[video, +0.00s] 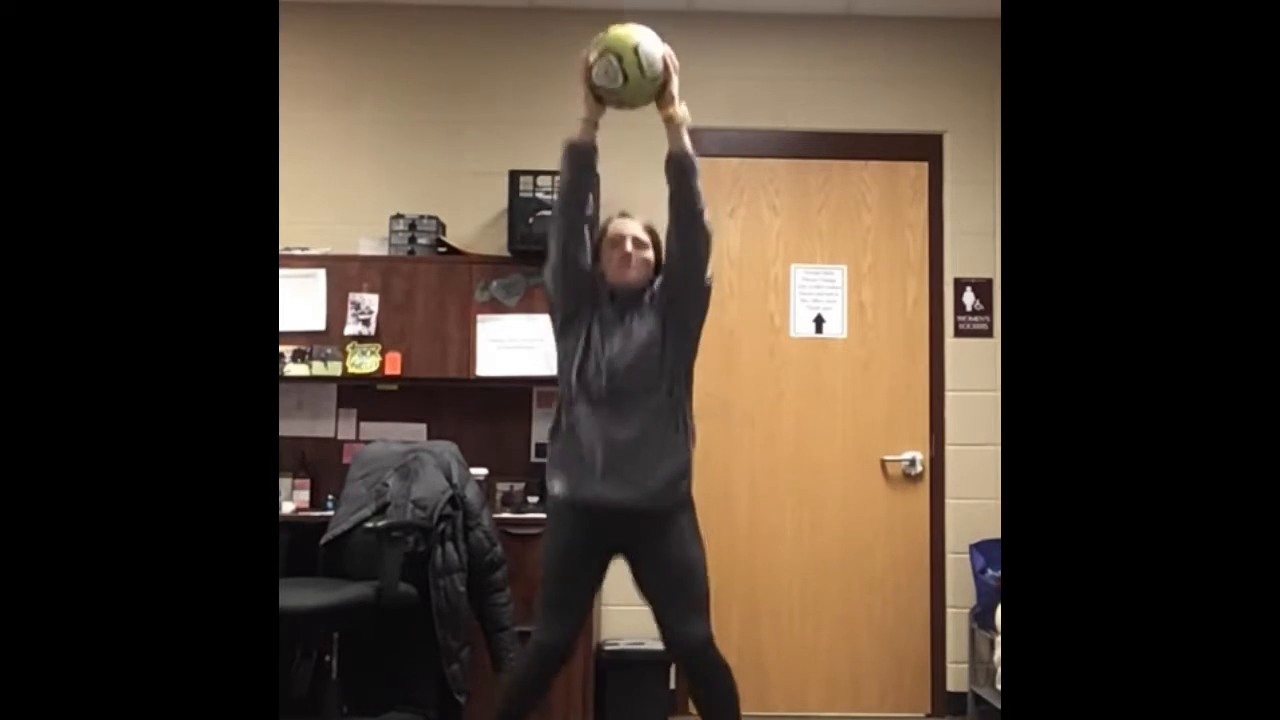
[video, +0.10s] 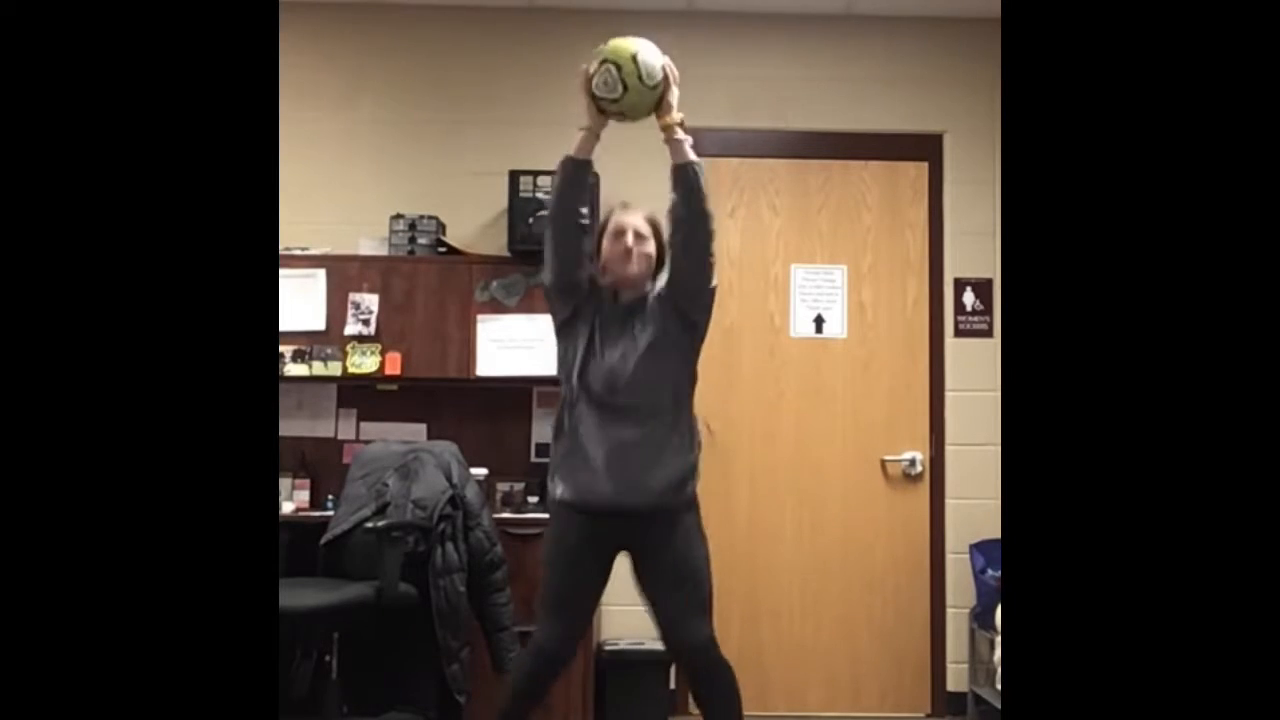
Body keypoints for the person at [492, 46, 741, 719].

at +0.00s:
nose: (631, 248)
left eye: (641, 241)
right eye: (618, 241)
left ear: (656, 261)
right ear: (596, 259)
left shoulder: (675, 313)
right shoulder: (577, 312)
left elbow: (691, 229)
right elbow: (570, 221)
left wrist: (675, 121)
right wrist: (589, 117)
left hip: (660, 507)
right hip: (579, 506)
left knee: (693, 647)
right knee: (548, 648)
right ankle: (501, 715)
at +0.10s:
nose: (631, 243)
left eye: (643, 236)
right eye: (619, 234)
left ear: (659, 255)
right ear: (597, 255)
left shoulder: (679, 315)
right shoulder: (577, 311)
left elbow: (694, 236)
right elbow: (564, 227)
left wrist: (675, 135)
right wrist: (590, 131)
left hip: (664, 509)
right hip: (581, 509)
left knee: (695, 649)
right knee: (550, 650)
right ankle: (504, 714)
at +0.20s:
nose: (636, 203)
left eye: (648, 196)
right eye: (623, 195)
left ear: (665, 216)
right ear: (603, 213)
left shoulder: (684, 277)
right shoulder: (579, 273)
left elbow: (716, 251)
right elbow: (541, 241)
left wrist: (684, 166)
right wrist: (582, 160)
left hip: (668, 460)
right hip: (586, 460)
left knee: (690, 610)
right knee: (557, 607)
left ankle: (723, 715)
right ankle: (513, 710)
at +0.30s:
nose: (633, 204)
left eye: (646, 193)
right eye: (620, 193)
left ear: (668, 200)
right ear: (601, 200)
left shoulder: (697, 259)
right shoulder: (580, 256)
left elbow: (726, 308)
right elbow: (534, 300)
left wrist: (684, 265)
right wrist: (573, 253)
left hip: (671, 451)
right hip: (590, 449)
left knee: (676, 594)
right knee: (574, 589)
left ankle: (691, 710)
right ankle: (553, 709)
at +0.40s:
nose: (639, 213)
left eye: (651, 206)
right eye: (627, 205)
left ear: (668, 224)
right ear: (608, 221)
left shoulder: (696, 299)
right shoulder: (571, 294)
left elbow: (718, 387)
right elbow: (542, 383)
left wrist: (671, 339)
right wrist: (588, 331)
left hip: (672, 479)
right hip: (592, 478)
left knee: (663, 618)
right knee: (596, 617)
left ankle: (664, 713)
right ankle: (601, 713)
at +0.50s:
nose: (639, 238)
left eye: (651, 232)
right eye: (627, 232)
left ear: (666, 254)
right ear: (608, 253)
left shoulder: (698, 331)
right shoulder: (571, 332)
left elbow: (719, 431)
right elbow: (545, 431)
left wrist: (669, 376)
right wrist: (590, 379)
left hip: (674, 516)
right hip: (594, 516)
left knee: (657, 645)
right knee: (606, 643)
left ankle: (656, 719)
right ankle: (607, 718)